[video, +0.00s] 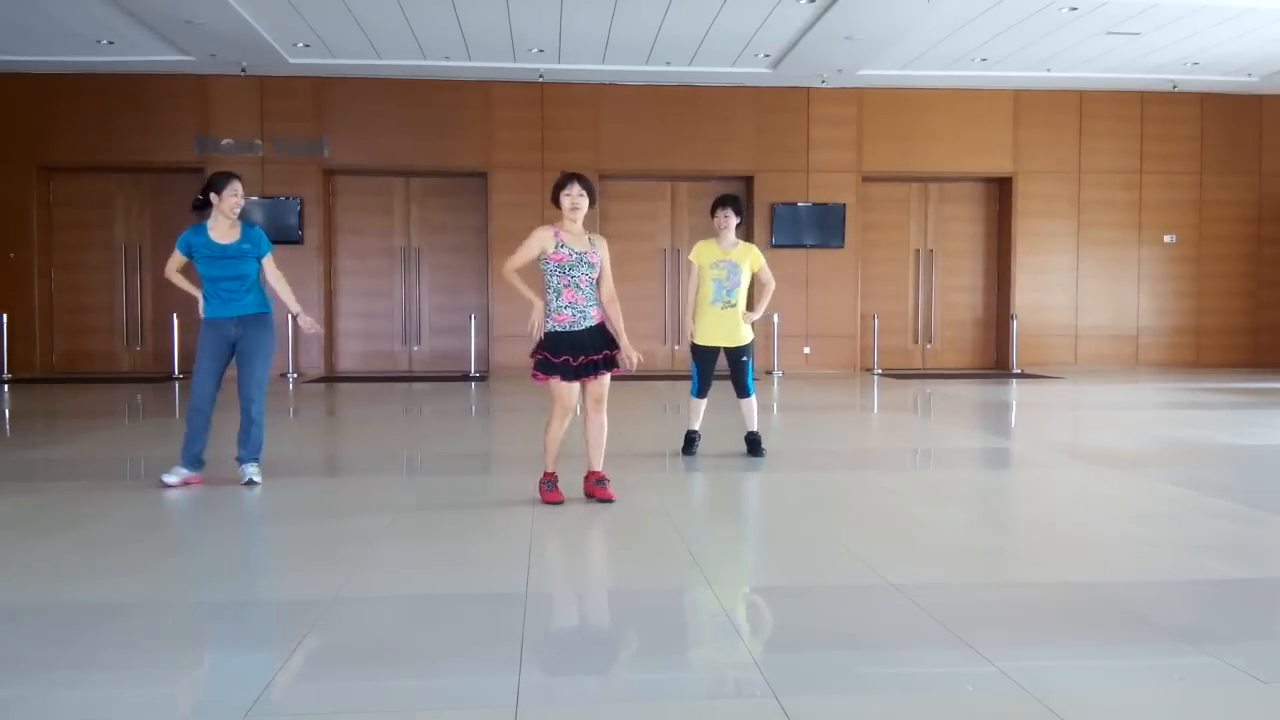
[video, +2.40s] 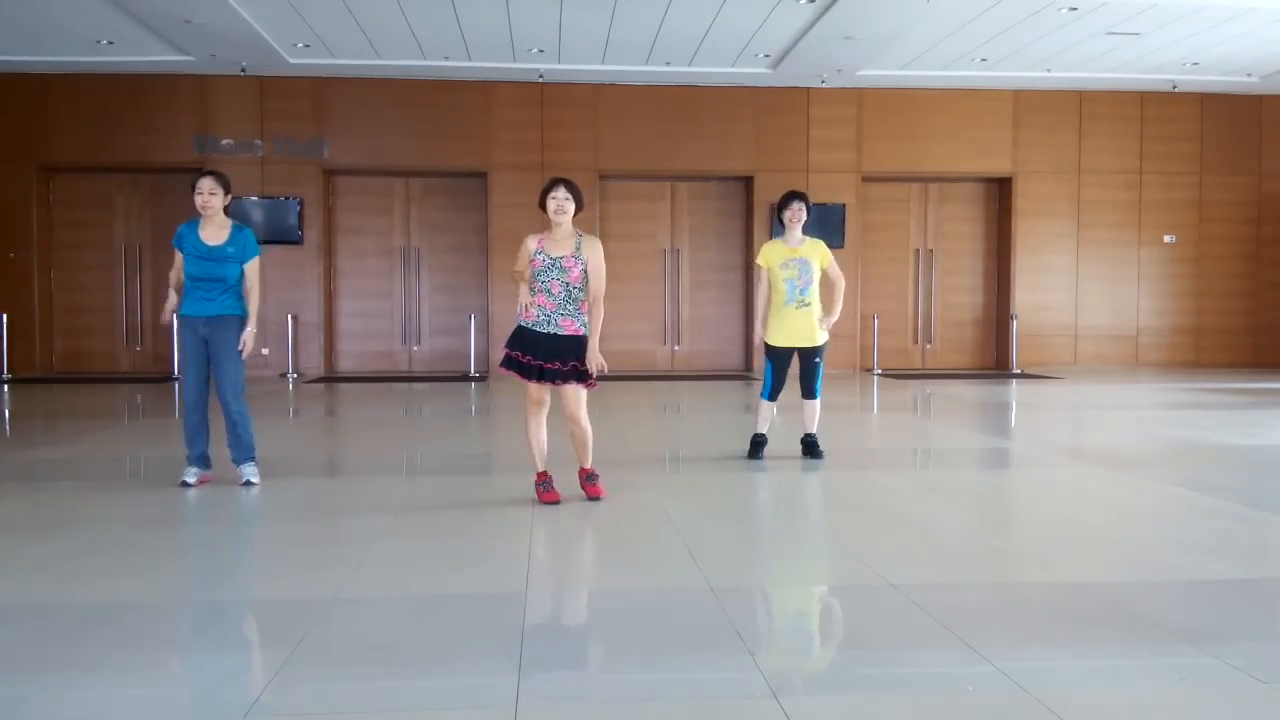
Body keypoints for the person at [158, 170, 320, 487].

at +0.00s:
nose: (240, 202)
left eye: (242, 196)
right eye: (233, 196)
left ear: (242, 200)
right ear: (214, 198)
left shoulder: (254, 235)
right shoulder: (193, 237)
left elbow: (274, 276)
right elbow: (170, 270)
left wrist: (299, 312)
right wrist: (198, 294)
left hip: (256, 324)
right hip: (215, 326)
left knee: (252, 397)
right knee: (201, 395)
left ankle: (250, 463)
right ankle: (190, 465)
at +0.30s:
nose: (227, 199)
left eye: (228, 193)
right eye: (220, 193)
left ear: (230, 197)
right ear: (200, 197)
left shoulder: (240, 234)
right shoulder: (180, 233)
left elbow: (253, 282)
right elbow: (152, 264)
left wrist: (255, 325)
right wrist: (177, 290)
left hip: (232, 320)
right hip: (193, 322)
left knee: (239, 396)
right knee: (191, 395)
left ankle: (248, 462)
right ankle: (184, 465)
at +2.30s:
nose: (208, 199)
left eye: (215, 193)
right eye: (203, 193)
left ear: (230, 197)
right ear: (197, 197)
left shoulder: (247, 234)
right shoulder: (190, 233)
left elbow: (259, 283)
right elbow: (182, 273)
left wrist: (259, 326)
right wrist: (185, 302)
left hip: (235, 322)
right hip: (197, 323)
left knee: (238, 397)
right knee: (195, 397)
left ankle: (247, 463)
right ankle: (198, 464)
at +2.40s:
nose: (204, 199)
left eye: (211, 193)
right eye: (199, 193)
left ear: (226, 198)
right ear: (193, 197)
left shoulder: (242, 236)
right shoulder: (185, 233)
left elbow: (252, 284)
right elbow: (177, 272)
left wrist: (251, 326)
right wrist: (173, 296)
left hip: (227, 322)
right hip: (190, 323)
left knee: (231, 396)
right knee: (192, 396)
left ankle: (246, 462)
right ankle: (198, 464)